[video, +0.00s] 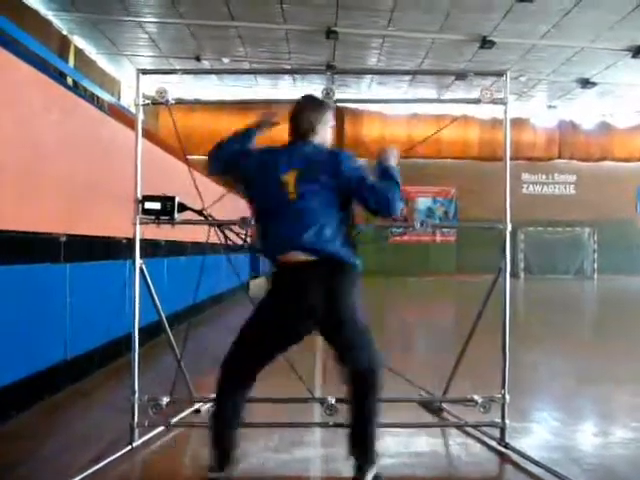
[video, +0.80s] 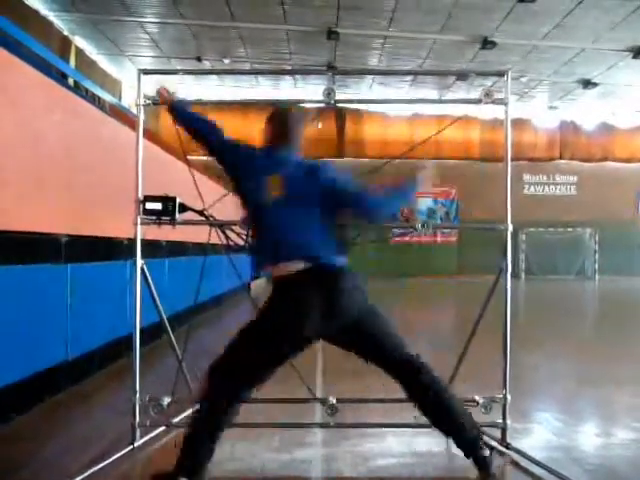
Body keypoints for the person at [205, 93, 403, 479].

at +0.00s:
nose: (333, 131)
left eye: (331, 126)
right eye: (331, 126)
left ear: (291, 127)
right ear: (325, 128)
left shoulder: (263, 163)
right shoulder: (336, 163)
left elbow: (219, 159)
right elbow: (388, 204)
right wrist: (388, 168)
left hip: (289, 286)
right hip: (335, 284)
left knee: (237, 368)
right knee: (365, 366)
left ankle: (222, 462)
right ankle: (365, 466)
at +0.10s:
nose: (358, 131)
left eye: (355, 124)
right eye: (356, 124)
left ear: (318, 124)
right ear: (349, 128)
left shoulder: (283, 153)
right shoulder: (358, 169)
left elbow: (239, 125)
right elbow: (417, 197)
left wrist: (268, 92)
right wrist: (423, 163)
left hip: (293, 292)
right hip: (343, 293)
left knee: (258, 391)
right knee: (405, 348)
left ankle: (238, 474)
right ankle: (413, 447)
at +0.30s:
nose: (412, 146)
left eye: (407, 139)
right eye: (411, 141)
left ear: (377, 147)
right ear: (409, 147)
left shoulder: (360, 181)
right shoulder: (425, 176)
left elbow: (326, 225)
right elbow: (457, 149)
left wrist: (270, 220)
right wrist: (481, 113)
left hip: (345, 303)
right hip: (392, 305)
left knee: (278, 385)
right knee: (455, 381)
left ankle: (216, 459)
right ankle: (481, 471)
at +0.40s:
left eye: (376, 138)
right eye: (395, 136)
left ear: (370, 143)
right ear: (401, 143)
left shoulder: (359, 182)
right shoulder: (428, 181)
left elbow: (345, 236)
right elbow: (469, 193)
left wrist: (296, 244)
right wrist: (479, 155)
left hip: (351, 306)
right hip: (399, 308)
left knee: (294, 391)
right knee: (461, 385)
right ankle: (484, 470)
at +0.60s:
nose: (323, 126)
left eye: (326, 120)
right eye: (326, 119)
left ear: (332, 122)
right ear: (362, 122)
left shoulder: (317, 160)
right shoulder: (390, 152)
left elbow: (253, 176)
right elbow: (429, 131)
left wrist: (256, 139)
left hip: (325, 289)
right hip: (375, 290)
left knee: (262, 356)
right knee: (409, 375)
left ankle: (263, 462)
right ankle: (438, 467)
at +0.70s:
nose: (295, 120)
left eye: (297, 114)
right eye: (300, 114)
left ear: (302, 118)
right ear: (335, 118)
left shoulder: (286, 154)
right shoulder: (362, 151)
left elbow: (221, 162)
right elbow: (417, 159)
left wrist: (201, 121)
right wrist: (392, 127)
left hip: (307, 287)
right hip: (360, 283)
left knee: (246, 362)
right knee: (406, 365)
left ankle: (209, 450)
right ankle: (459, 454)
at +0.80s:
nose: (267, 134)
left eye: (268, 128)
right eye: (277, 130)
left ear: (268, 133)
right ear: (301, 136)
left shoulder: (250, 165)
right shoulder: (319, 174)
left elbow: (210, 135)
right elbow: (373, 207)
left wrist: (175, 107)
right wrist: (412, 183)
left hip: (291, 299)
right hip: (340, 294)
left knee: (227, 379)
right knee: (410, 369)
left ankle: (189, 470)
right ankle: (479, 453)